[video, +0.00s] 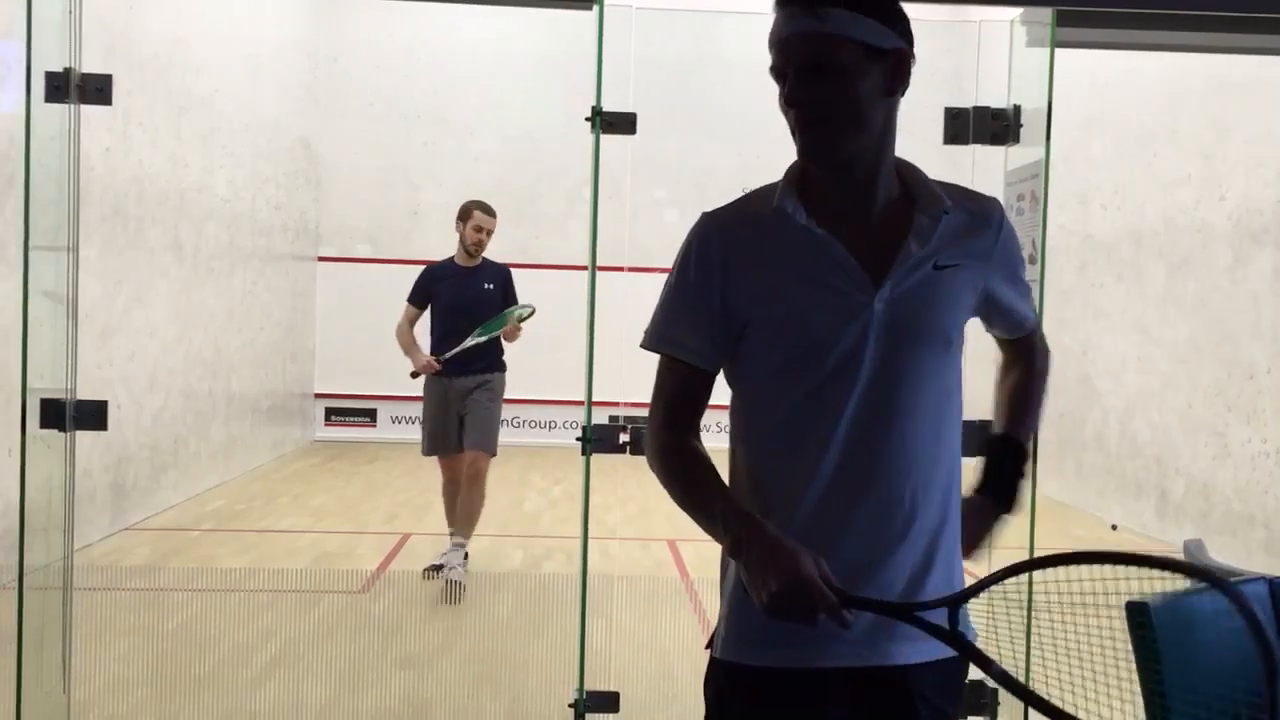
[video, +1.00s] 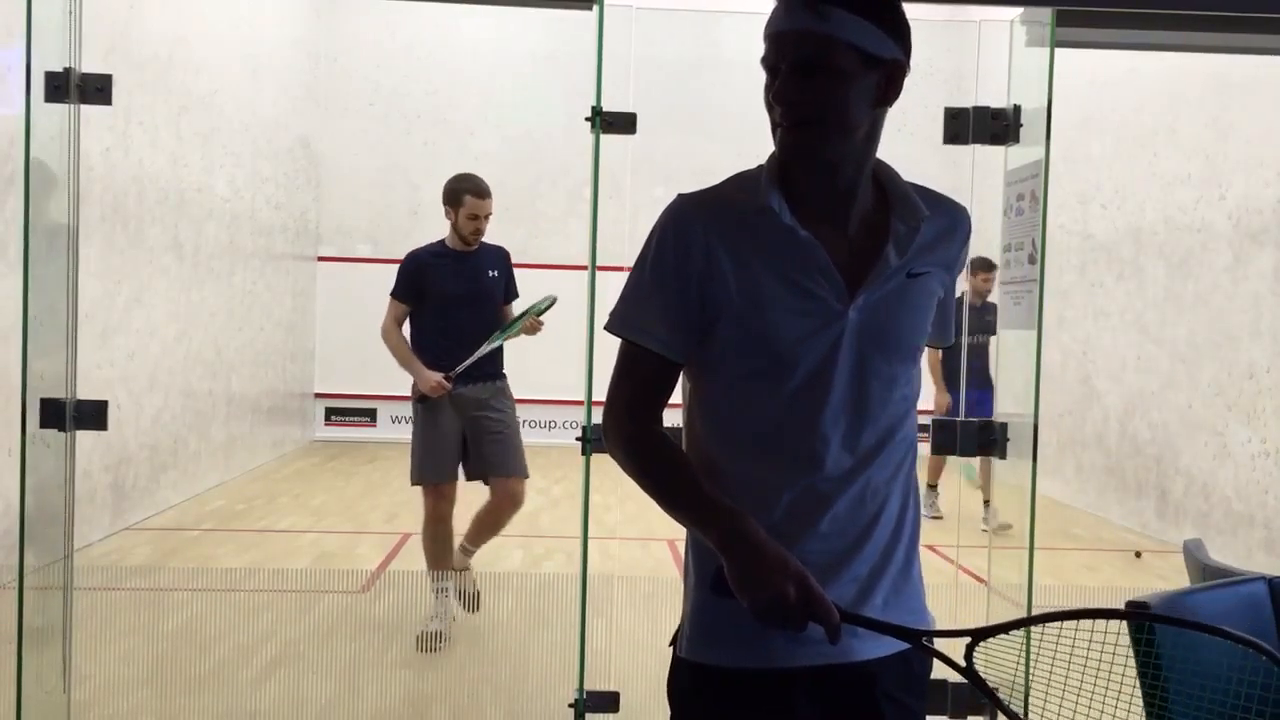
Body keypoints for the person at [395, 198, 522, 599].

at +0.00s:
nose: (481, 237)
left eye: (488, 232)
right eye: (477, 229)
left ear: (492, 236)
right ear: (460, 227)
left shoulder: (500, 275)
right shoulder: (434, 274)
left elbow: (511, 335)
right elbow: (404, 327)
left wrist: (511, 323)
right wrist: (417, 356)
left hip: (485, 382)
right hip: (443, 383)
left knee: (476, 466)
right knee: (451, 471)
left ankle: (459, 551)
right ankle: (455, 548)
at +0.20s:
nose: (484, 241)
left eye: (490, 235)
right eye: (479, 232)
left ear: (493, 237)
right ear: (459, 228)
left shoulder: (496, 278)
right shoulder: (429, 277)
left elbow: (504, 334)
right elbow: (402, 333)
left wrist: (516, 335)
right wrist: (418, 364)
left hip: (479, 390)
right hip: (435, 389)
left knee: (465, 478)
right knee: (437, 477)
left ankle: (448, 564)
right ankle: (456, 544)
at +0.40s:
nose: (482, 232)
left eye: (488, 226)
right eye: (476, 224)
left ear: (492, 228)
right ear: (456, 219)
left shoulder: (496, 271)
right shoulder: (426, 270)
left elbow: (507, 332)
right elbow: (401, 328)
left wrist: (516, 325)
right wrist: (421, 364)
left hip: (480, 392)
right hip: (433, 389)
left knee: (466, 483)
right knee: (420, 482)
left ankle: (450, 572)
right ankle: (435, 536)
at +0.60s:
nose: (476, 232)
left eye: (481, 224)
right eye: (468, 223)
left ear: (487, 223)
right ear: (449, 220)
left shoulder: (498, 268)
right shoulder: (425, 270)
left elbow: (515, 334)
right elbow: (403, 330)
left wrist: (516, 325)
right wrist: (418, 367)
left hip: (483, 394)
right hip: (437, 391)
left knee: (467, 489)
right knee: (432, 486)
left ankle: (449, 578)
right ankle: (425, 588)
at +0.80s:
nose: (472, 234)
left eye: (478, 225)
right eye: (464, 226)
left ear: (483, 223)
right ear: (444, 223)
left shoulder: (497, 269)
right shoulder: (421, 274)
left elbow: (515, 331)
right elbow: (399, 338)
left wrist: (518, 333)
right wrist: (416, 378)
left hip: (485, 400)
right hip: (435, 399)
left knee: (475, 496)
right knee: (438, 498)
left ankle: (447, 567)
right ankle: (438, 599)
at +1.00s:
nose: (482, 225)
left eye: (487, 217)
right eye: (474, 217)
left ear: (490, 214)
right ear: (450, 212)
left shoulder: (497, 258)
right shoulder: (420, 264)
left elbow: (504, 318)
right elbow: (390, 328)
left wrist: (522, 323)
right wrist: (418, 371)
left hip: (490, 392)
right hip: (438, 396)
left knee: (511, 494)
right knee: (439, 503)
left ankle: (461, 556)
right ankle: (440, 601)